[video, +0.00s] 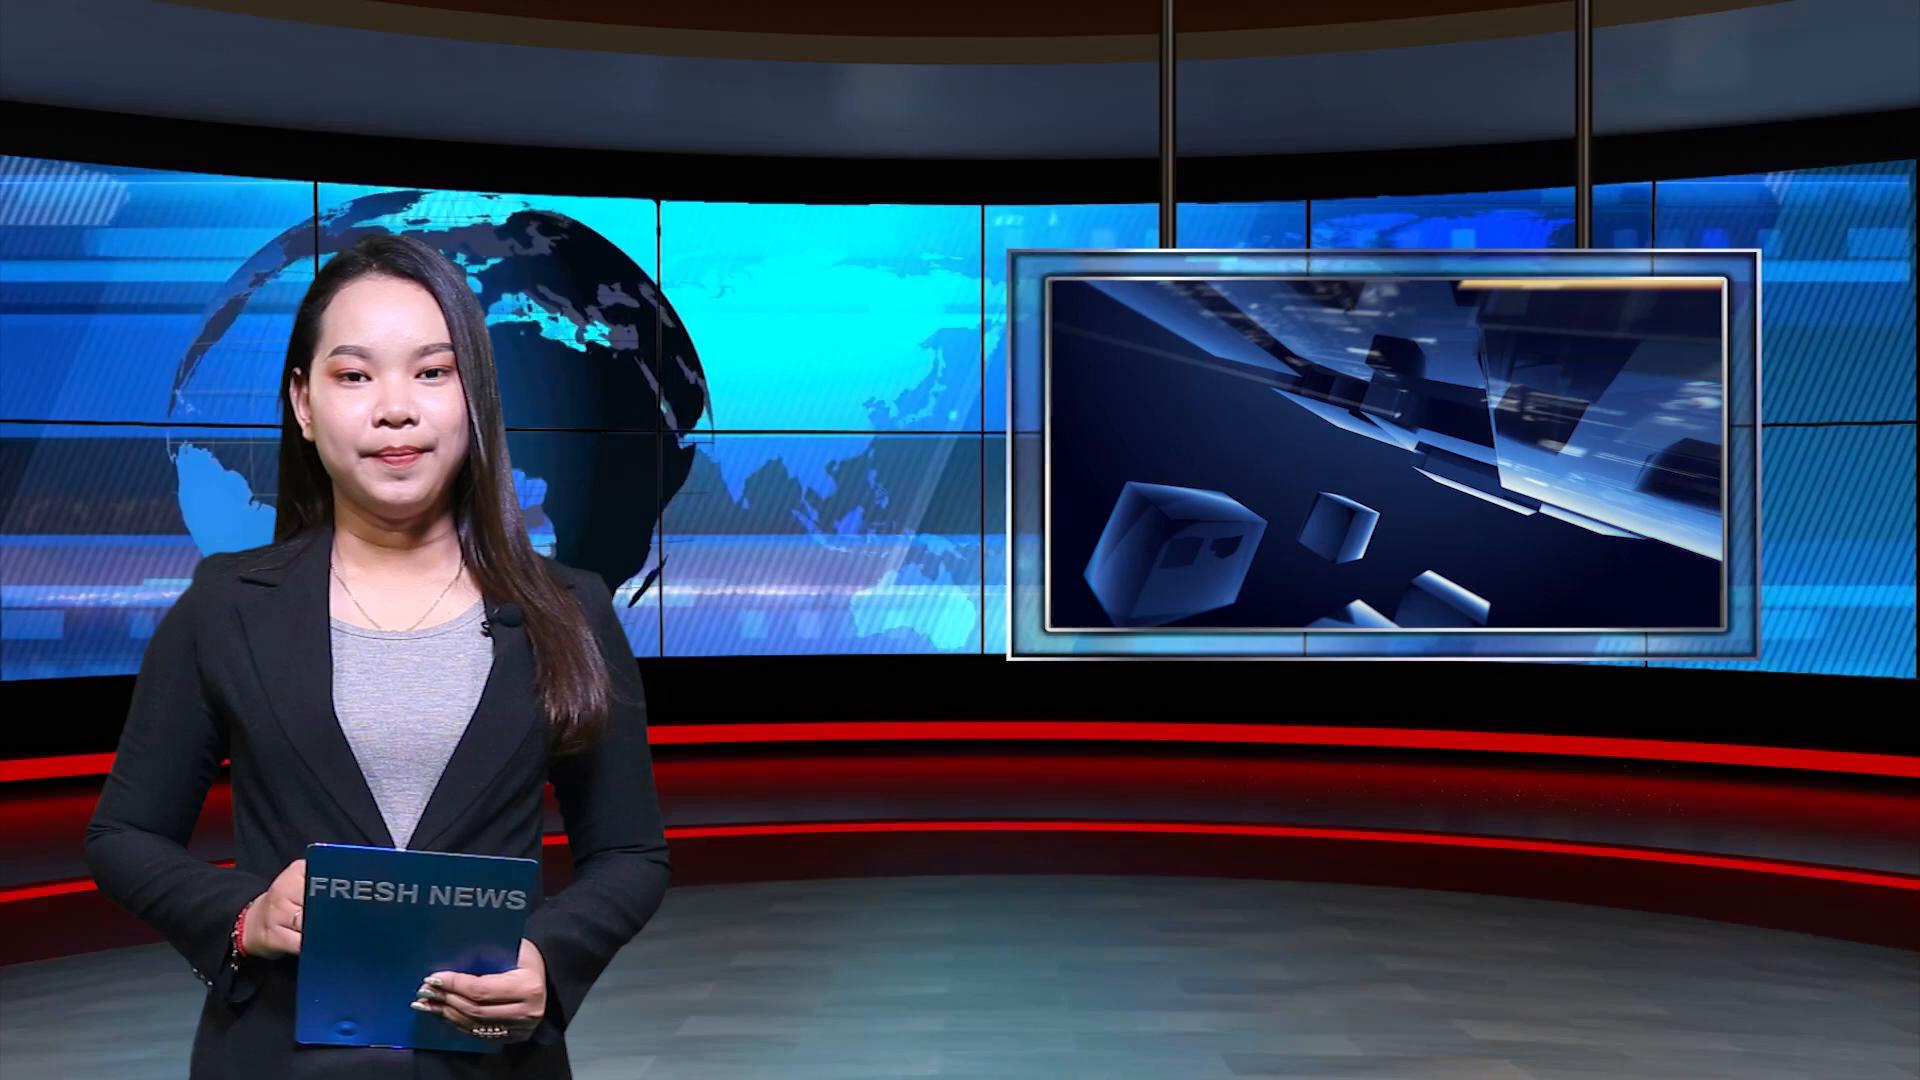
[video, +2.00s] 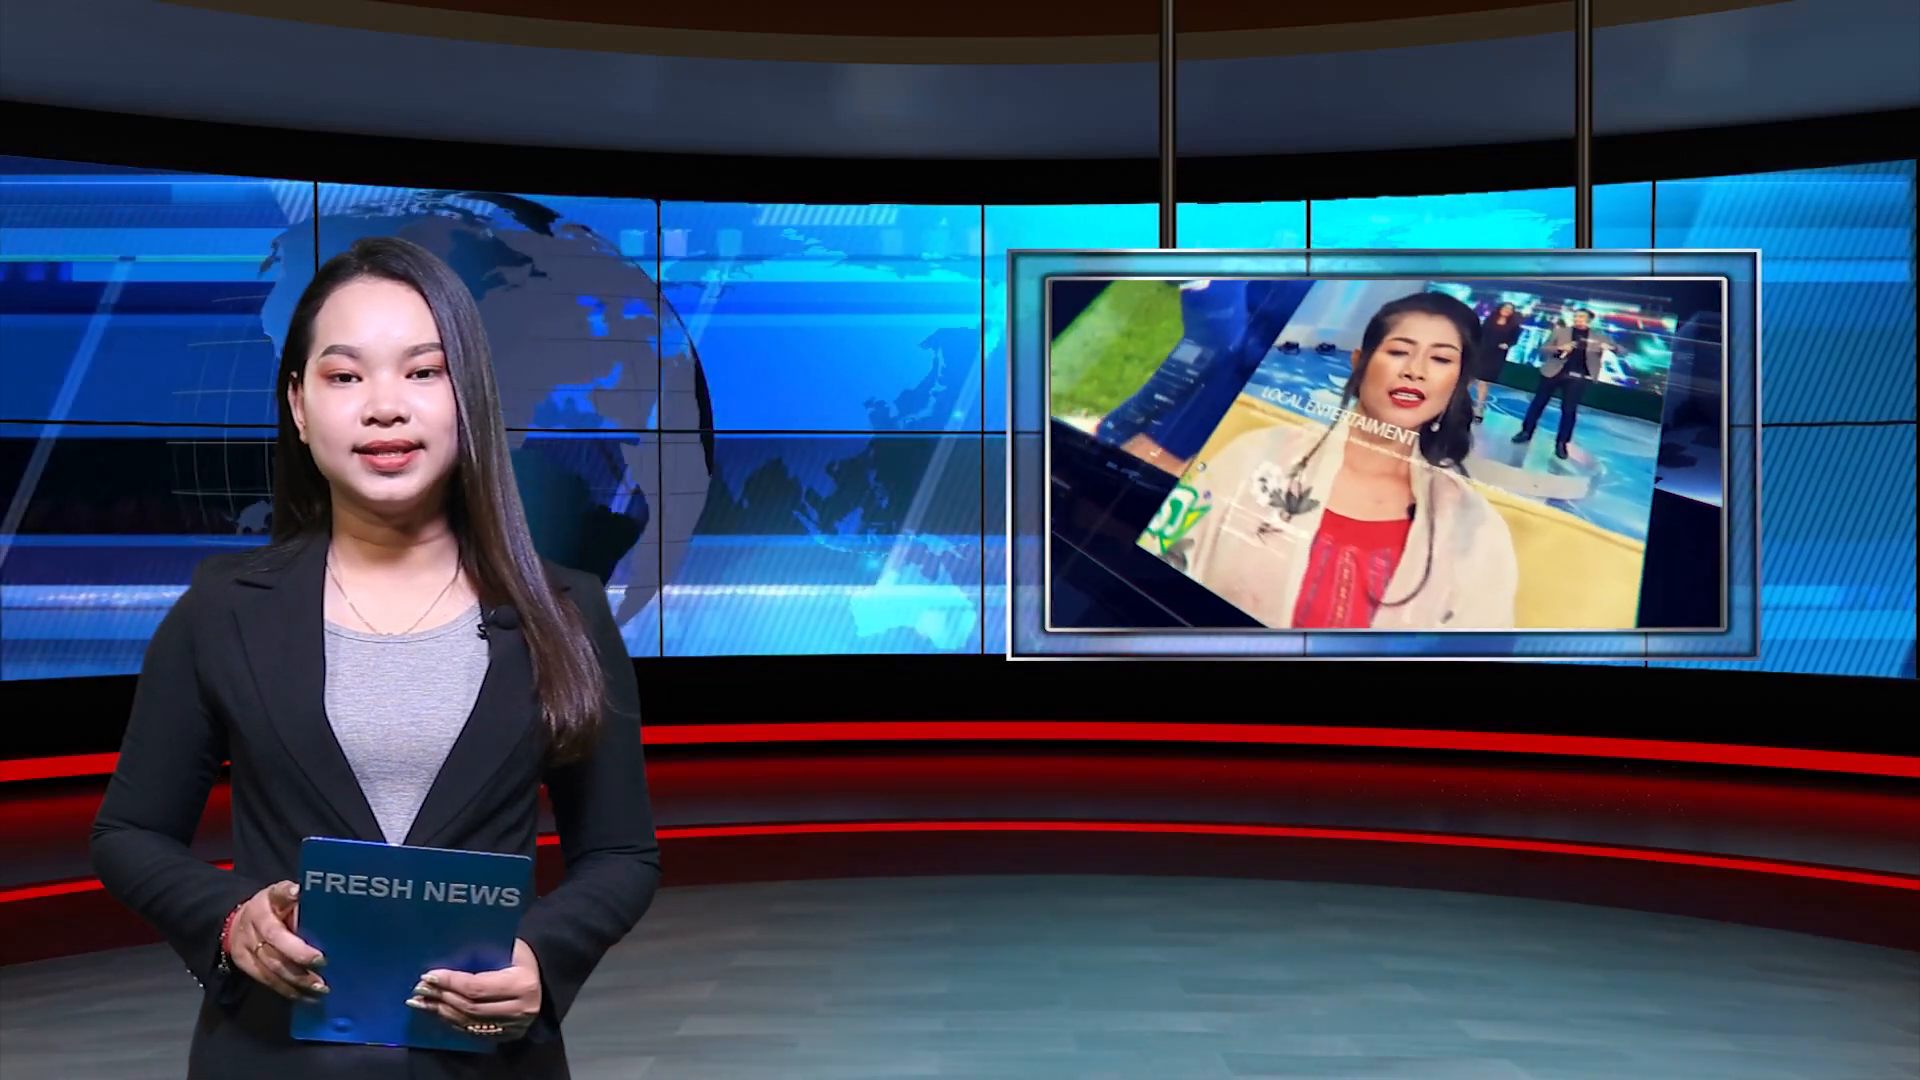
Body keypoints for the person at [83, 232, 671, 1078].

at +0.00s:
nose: (395, 408)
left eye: (430, 371)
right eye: (353, 374)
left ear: (474, 398)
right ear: (303, 404)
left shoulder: (566, 611)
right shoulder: (226, 607)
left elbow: (630, 855)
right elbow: (124, 837)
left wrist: (545, 962)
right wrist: (244, 912)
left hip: (493, 1049)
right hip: (277, 1051)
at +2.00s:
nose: (387, 405)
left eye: (422, 370)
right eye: (344, 374)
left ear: (469, 395)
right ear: (298, 407)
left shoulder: (561, 612)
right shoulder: (224, 612)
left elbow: (620, 854)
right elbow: (130, 835)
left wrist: (539, 960)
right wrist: (227, 915)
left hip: (489, 1051)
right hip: (275, 1054)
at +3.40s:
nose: (388, 409)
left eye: (424, 373)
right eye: (347, 376)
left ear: (467, 398)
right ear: (300, 408)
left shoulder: (561, 613)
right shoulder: (225, 611)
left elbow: (617, 855)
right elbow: (129, 837)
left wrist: (541, 961)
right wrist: (228, 916)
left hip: (488, 1050)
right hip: (275, 1053)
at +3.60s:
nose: (390, 410)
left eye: (424, 373)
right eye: (348, 376)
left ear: (467, 399)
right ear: (300, 408)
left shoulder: (560, 614)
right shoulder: (225, 611)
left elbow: (617, 855)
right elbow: (128, 837)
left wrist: (542, 959)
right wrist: (227, 916)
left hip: (489, 1051)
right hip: (276, 1053)